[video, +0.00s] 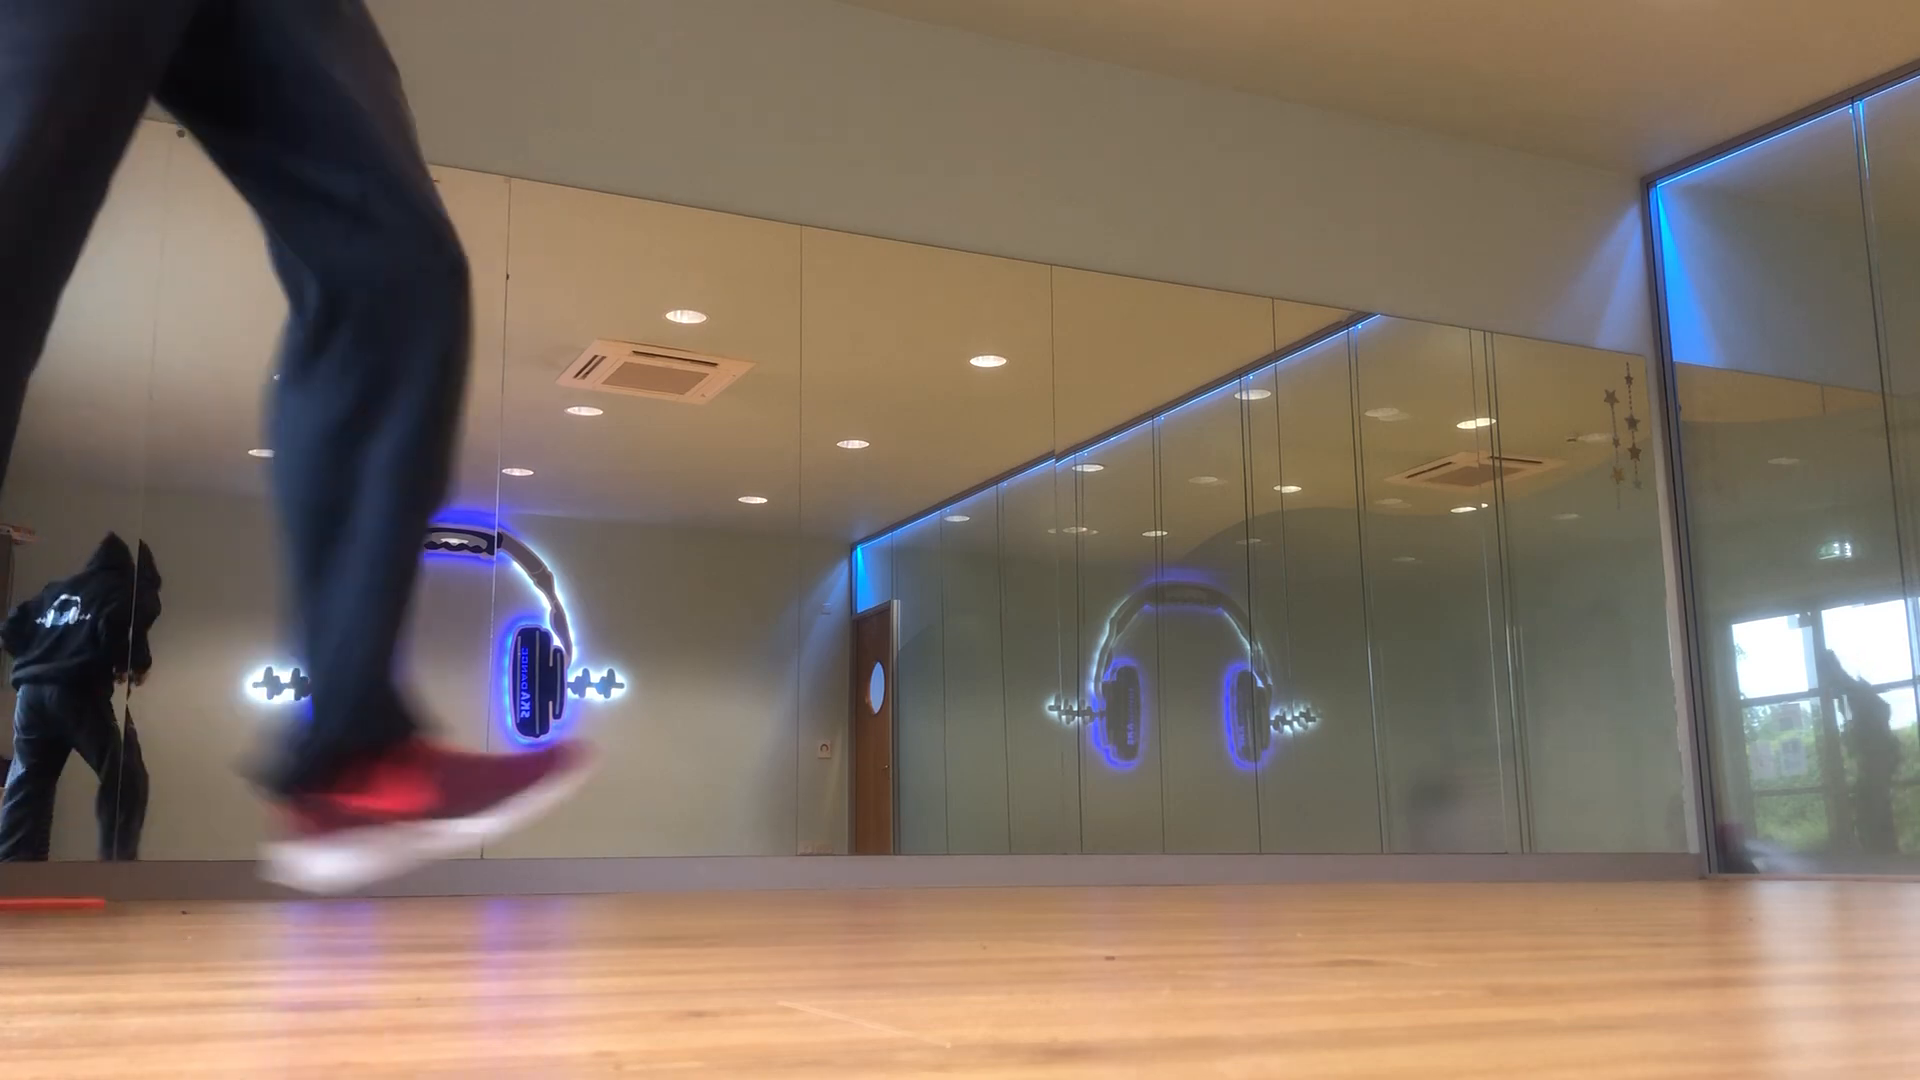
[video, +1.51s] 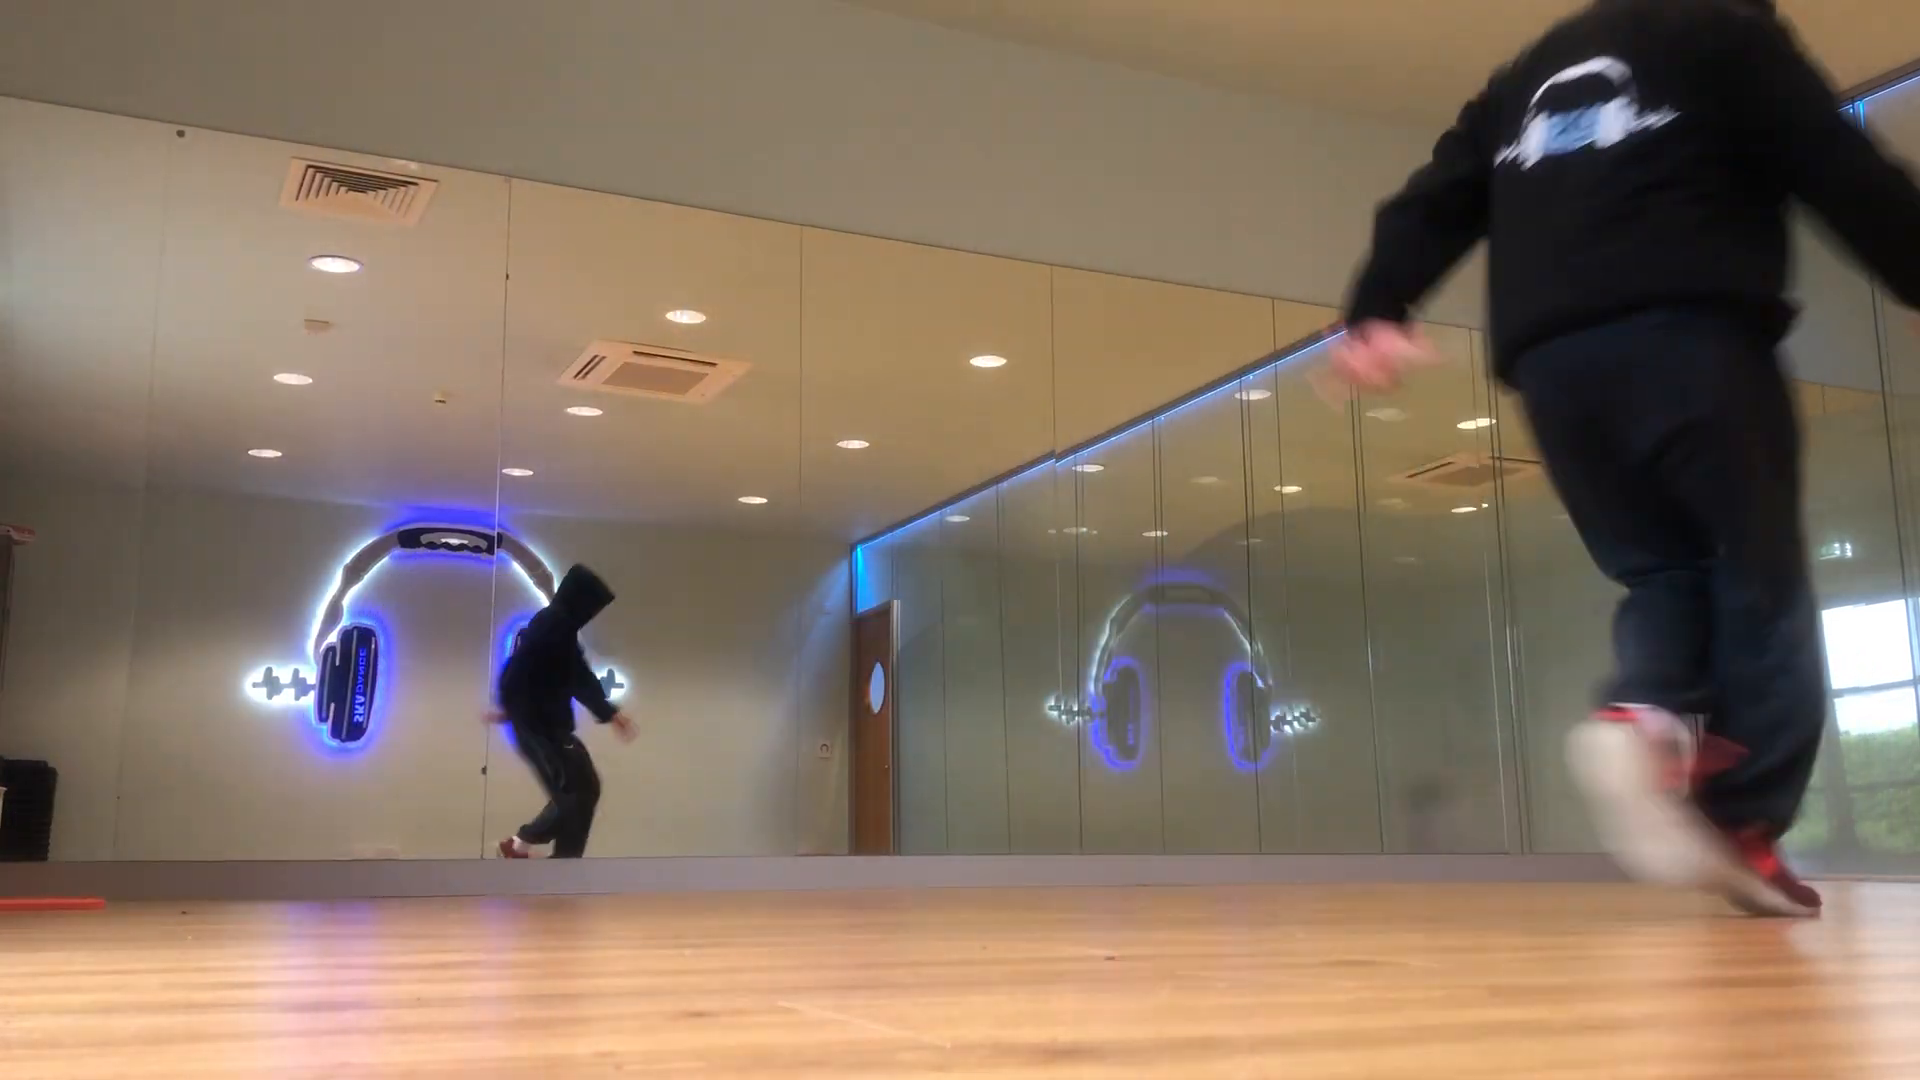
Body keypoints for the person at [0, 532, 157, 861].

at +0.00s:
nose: (154, 591)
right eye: (152, 585)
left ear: (95, 563)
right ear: (130, 569)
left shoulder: (59, 588)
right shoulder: (132, 590)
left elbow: (12, 625)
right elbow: (118, 621)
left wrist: (35, 657)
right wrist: (136, 664)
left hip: (30, 695)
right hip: (80, 695)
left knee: (27, 783)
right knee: (123, 776)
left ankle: (12, 870)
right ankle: (117, 870)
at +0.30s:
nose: (226, 633)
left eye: (226, 627)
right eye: (227, 627)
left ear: (196, 612)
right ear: (222, 623)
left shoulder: (151, 632)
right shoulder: (212, 642)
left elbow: (86, 666)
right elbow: (193, 681)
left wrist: (70, 713)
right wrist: (198, 716)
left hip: (84, 713)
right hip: (133, 718)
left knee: (62, 797)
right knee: (187, 794)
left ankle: (7, 863)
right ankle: (187, 882)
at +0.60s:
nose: (306, 589)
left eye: (308, 583)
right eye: (307, 582)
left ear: (273, 566)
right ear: (299, 574)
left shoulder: (231, 595)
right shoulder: (292, 597)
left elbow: (211, 650)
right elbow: (288, 653)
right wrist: (286, 684)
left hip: (211, 704)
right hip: (254, 707)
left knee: (215, 788)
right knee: (273, 786)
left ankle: (192, 874)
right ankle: (268, 874)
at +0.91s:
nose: (410, 596)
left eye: (410, 589)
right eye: (409, 590)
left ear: (376, 580)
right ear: (403, 588)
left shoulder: (353, 615)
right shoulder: (389, 613)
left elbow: (319, 664)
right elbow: (410, 665)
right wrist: (403, 637)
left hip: (326, 720)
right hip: (354, 720)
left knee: (346, 797)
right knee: (378, 798)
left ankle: (265, 830)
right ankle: (364, 882)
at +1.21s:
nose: (498, 601)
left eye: (498, 595)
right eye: (497, 595)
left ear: (464, 586)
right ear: (491, 592)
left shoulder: (432, 618)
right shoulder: (480, 613)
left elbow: (403, 675)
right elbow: (520, 619)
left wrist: (418, 717)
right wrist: (553, 637)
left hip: (427, 722)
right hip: (449, 721)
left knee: (483, 787)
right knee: (419, 795)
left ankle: (521, 858)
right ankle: (376, 861)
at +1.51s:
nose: (593, 613)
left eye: (595, 607)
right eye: (592, 606)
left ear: (571, 597)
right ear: (580, 601)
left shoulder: (562, 628)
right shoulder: (548, 625)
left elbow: (579, 676)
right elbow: (517, 667)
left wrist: (609, 713)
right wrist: (508, 705)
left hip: (554, 724)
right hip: (534, 725)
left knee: (585, 788)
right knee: (576, 789)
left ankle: (565, 866)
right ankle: (521, 843)